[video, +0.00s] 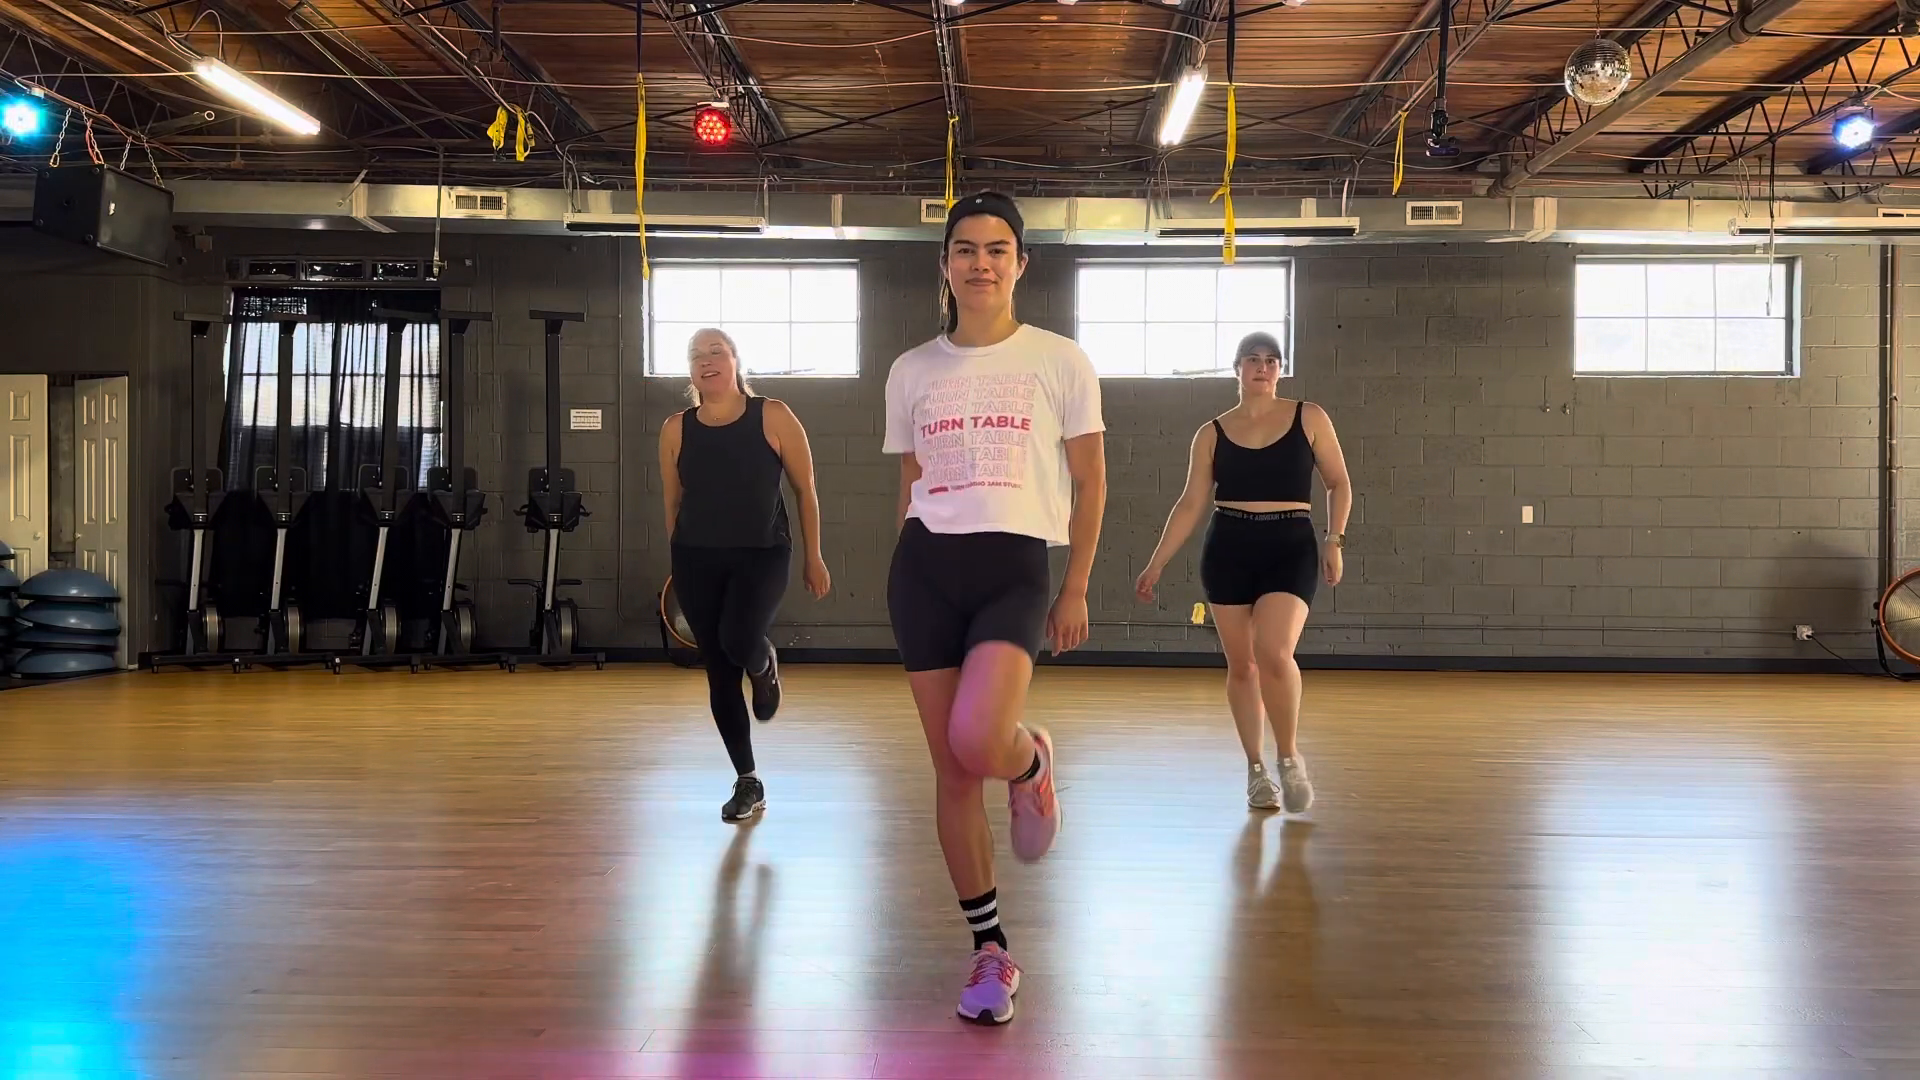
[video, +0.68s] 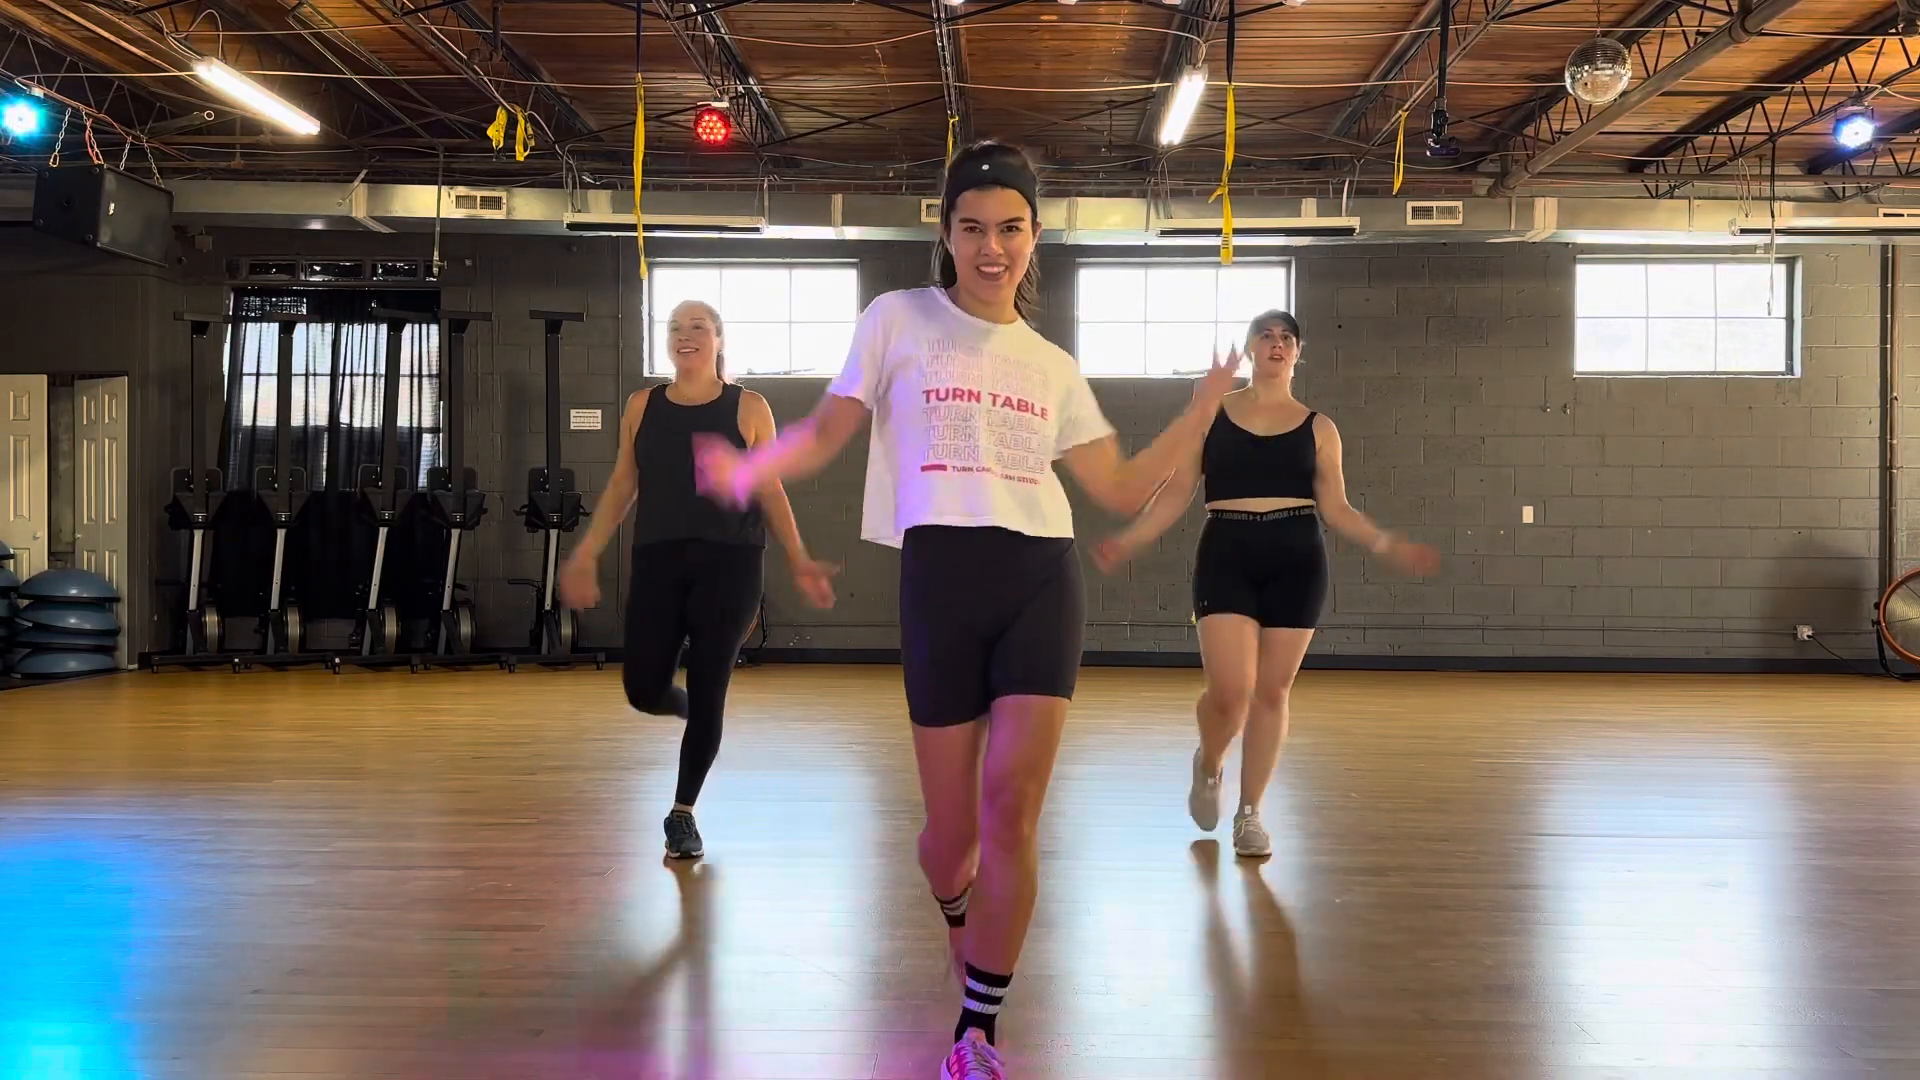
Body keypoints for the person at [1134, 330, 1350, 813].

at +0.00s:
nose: (1262, 367)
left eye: (1270, 361)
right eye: (1253, 360)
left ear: (1281, 371)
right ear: (1237, 370)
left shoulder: (1308, 418)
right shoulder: (1212, 433)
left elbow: (1339, 483)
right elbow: (1190, 504)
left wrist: (1334, 539)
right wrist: (1157, 562)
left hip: (1290, 548)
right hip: (1229, 549)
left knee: (1273, 652)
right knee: (1242, 667)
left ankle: (1288, 758)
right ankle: (1256, 769)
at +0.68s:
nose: (1276, 344)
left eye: (1286, 337)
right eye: (1265, 336)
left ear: (1298, 354)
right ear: (1246, 351)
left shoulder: (1319, 427)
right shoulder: (1212, 413)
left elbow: (1336, 508)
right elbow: (1177, 490)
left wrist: (1389, 545)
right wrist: (1130, 538)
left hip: (1297, 562)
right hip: (1226, 557)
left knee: (1273, 694)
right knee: (1230, 694)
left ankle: (1251, 812)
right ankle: (1209, 768)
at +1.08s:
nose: (1263, 338)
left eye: (1273, 330)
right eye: (1252, 330)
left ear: (1287, 339)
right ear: (1236, 339)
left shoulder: (1312, 373)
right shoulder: (1214, 390)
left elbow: (1398, 384)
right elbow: (1133, 387)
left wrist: (1346, 412)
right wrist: (1188, 425)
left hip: (1311, 539)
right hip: (1242, 541)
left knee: (1281, 689)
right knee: (1283, 683)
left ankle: (1251, 808)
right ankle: (1299, 828)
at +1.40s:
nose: (1305, 342)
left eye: (1313, 330)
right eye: (1292, 332)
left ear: (1323, 333)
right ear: (1266, 337)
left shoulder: (1332, 369)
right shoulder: (1254, 421)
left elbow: (1347, 442)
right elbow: (1253, 521)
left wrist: (1354, 506)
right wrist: (1266, 604)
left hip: (1316, 554)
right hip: (1277, 559)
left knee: (1318, 693)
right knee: (1271, 703)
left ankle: (1236, 800)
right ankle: (1277, 850)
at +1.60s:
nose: (1368, 336)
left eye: (1368, 326)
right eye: (1362, 326)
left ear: (1318, 329)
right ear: (1336, 329)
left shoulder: (1276, 387)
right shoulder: (1320, 413)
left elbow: (1251, 469)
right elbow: (1317, 518)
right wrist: (1331, 616)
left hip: (1269, 545)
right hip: (1304, 554)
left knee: (1284, 693)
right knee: (1287, 706)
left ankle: (1243, 807)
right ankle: (1279, 853)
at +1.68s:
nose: (1365, 348)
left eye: (1368, 337)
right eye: (1368, 336)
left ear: (1308, 326)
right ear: (1355, 333)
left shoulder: (1263, 392)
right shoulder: (1346, 414)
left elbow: (1222, 457)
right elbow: (1346, 515)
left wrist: (1194, 514)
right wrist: (1363, 609)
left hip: (1253, 554)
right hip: (1315, 562)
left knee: (1275, 687)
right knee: (1300, 706)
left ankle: (1243, 810)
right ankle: (1286, 853)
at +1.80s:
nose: (1363, 339)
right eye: (1364, 331)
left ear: (1304, 330)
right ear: (1359, 336)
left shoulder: (1256, 386)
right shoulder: (1369, 411)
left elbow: (1206, 460)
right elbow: (1381, 509)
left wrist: (1170, 525)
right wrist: (1401, 601)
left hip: (1256, 552)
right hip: (1331, 556)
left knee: (1269, 690)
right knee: (1313, 702)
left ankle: (1251, 818)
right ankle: (1300, 853)